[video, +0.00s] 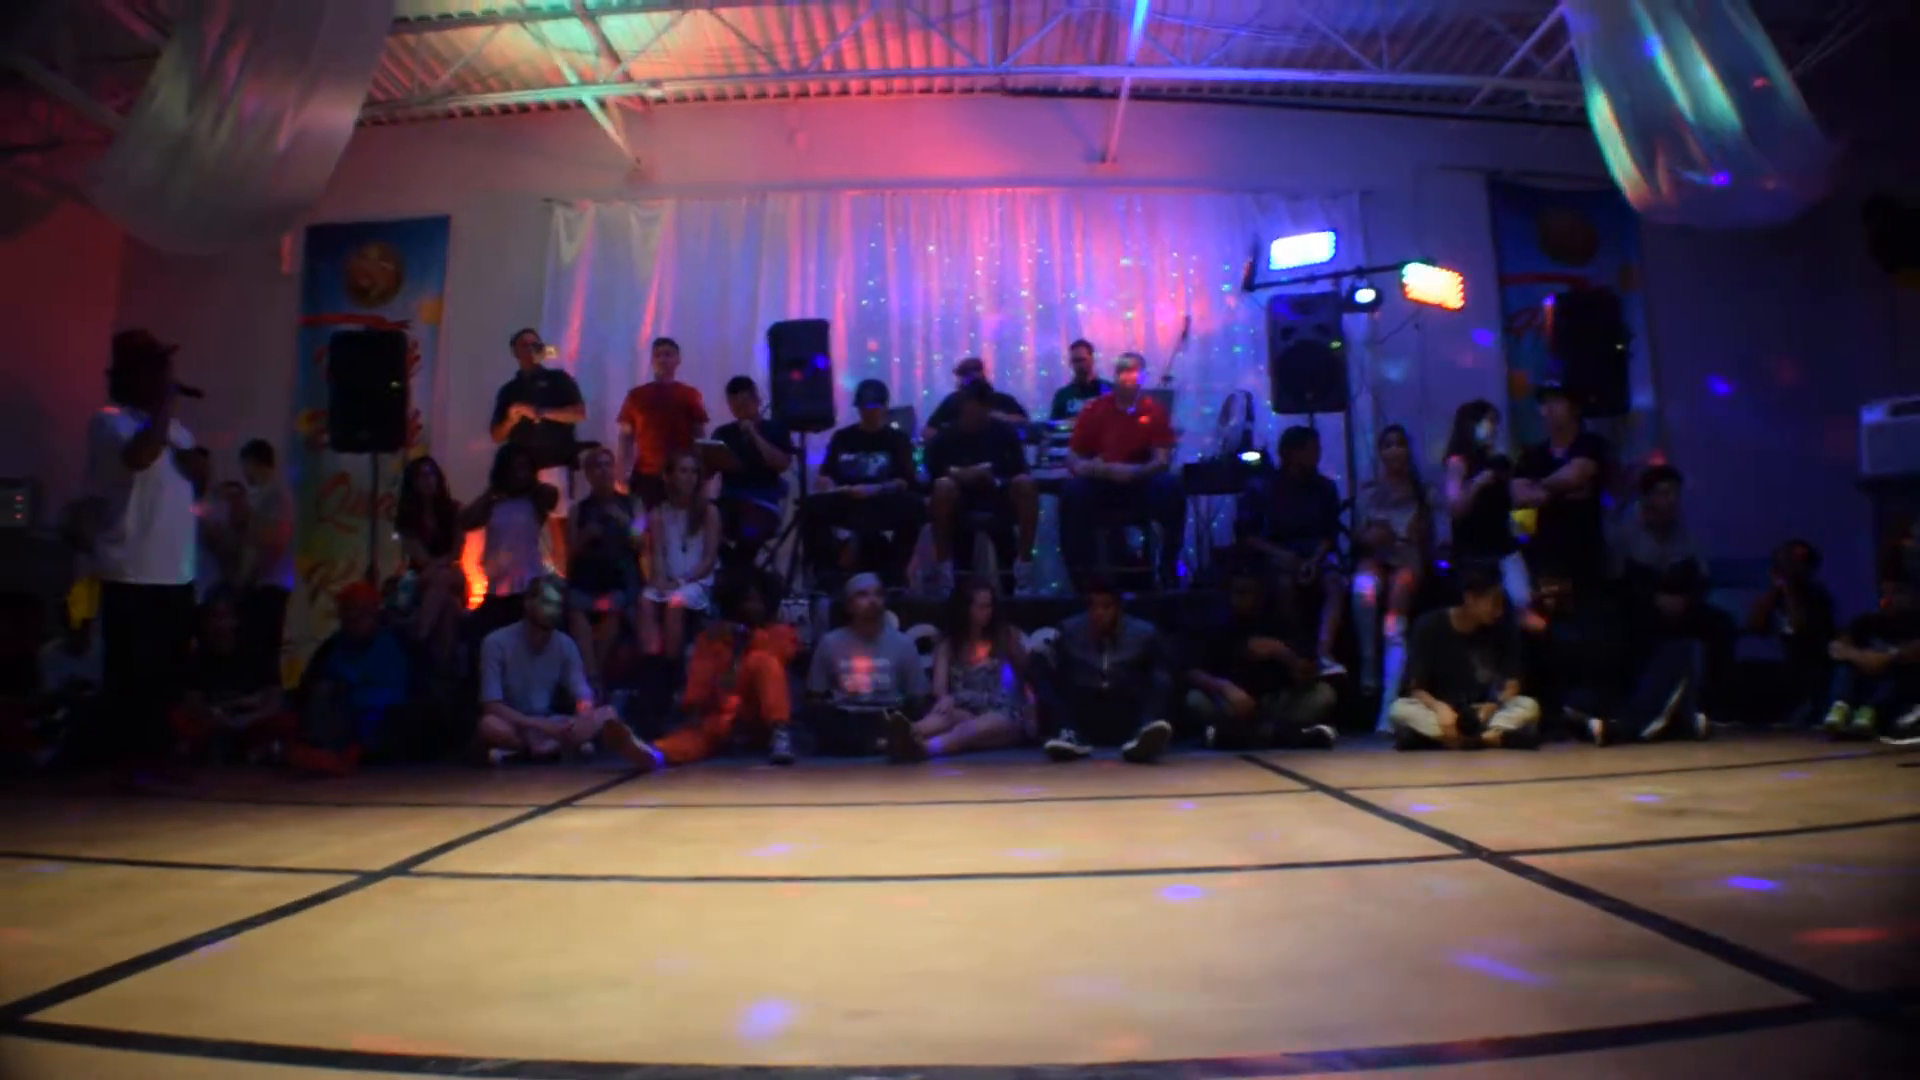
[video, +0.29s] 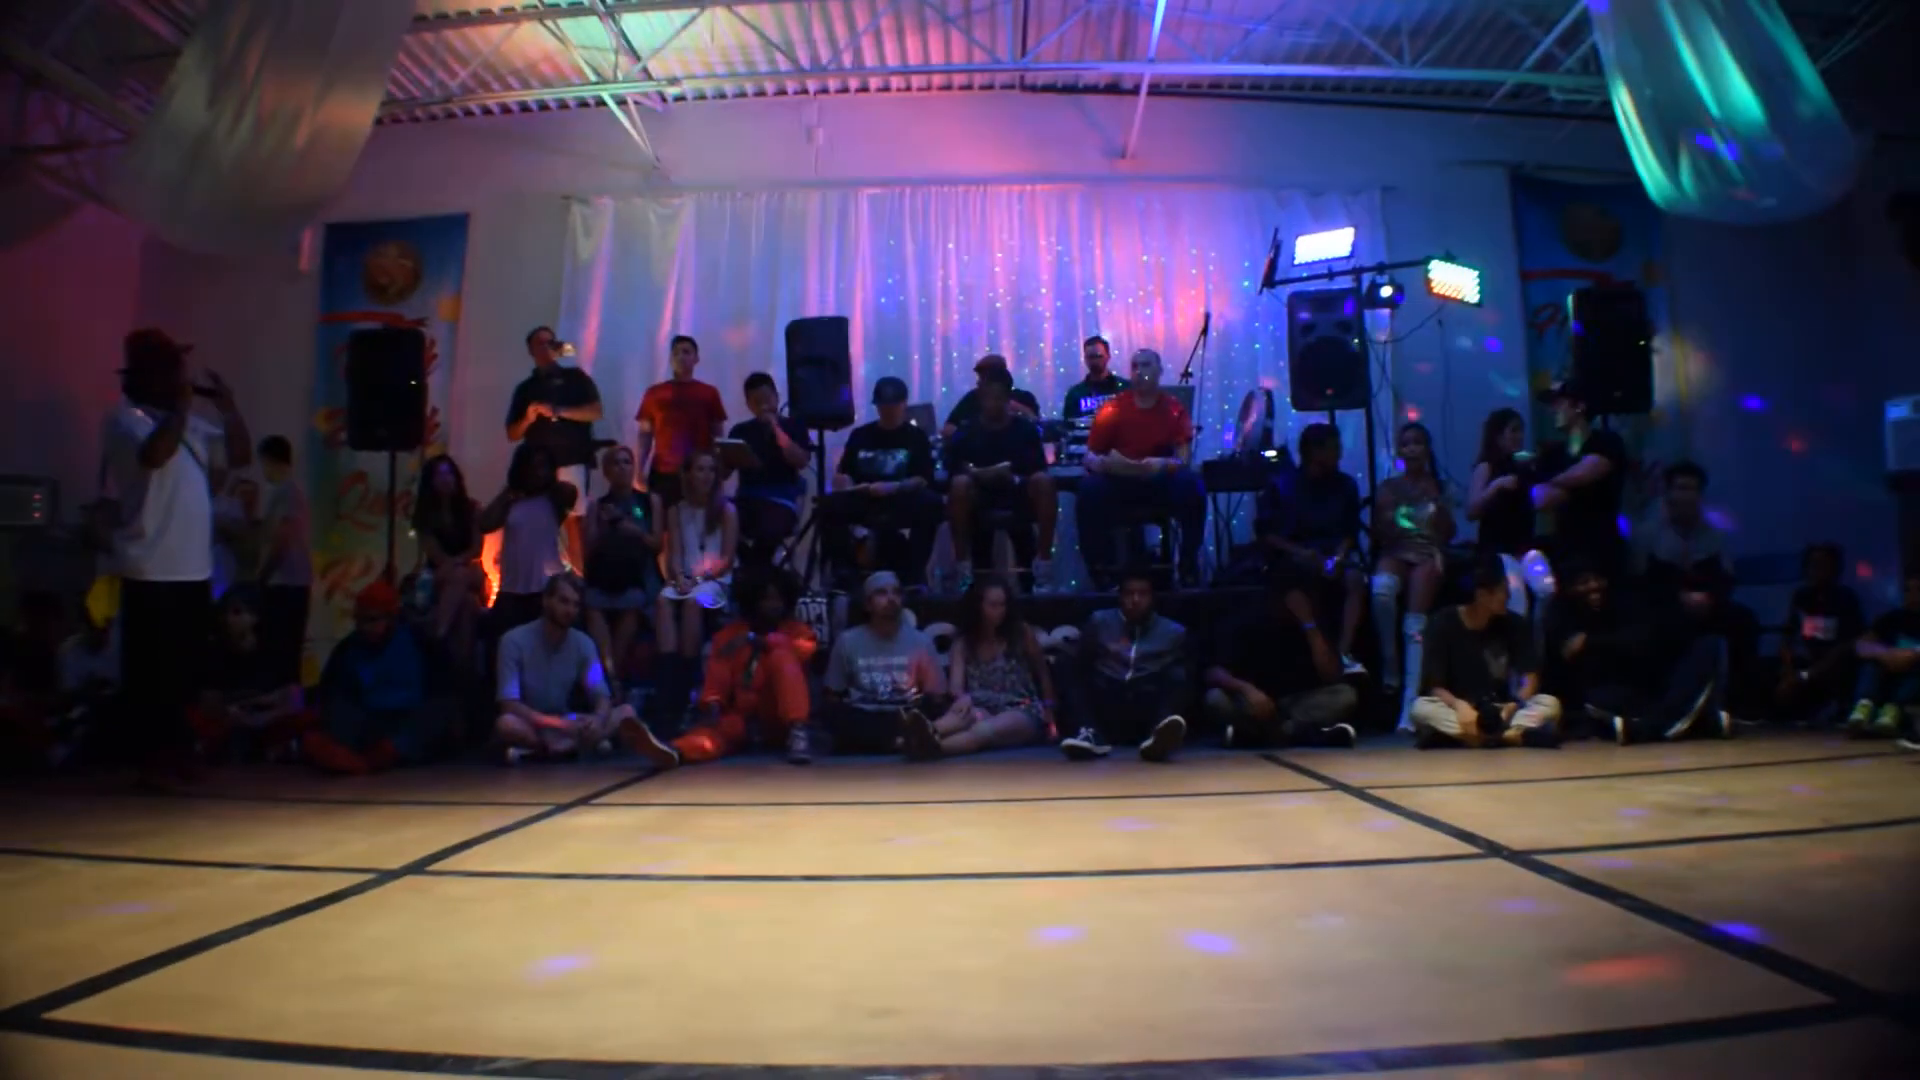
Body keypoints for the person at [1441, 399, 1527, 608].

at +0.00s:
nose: (1493, 428)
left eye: (1495, 422)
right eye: (1487, 422)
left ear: (1497, 426)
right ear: (1471, 426)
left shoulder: (1498, 459)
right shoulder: (1458, 461)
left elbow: (1509, 496)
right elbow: (1455, 504)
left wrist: (1535, 495)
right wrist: (1477, 484)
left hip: (1503, 545)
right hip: (1473, 549)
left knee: (1521, 600)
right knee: (1478, 608)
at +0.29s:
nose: (1518, 436)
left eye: (1520, 430)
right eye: (1512, 430)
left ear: (1523, 433)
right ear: (1497, 435)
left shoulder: (1524, 464)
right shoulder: (1486, 466)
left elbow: (1535, 500)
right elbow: (1473, 509)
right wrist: (1497, 485)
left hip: (1526, 545)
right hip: (1498, 547)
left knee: (1546, 587)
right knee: (1517, 595)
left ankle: (1539, 646)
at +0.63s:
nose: (1515, 437)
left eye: (1517, 431)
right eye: (1507, 433)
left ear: (1525, 435)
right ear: (1497, 442)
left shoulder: (1538, 468)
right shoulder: (1494, 473)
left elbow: (1548, 504)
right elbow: (1487, 512)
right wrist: (1500, 482)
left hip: (1536, 535)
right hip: (1503, 534)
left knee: (1548, 562)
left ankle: (1542, 631)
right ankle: (1519, 621)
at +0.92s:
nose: (1510, 445)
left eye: (1513, 439)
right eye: (1503, 440)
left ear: (1519, 443)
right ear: (1491, 447)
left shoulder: (1527, 473)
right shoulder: (1484, 477)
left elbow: (1545, 504)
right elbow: (1483, 514)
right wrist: (1500, 486)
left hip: (1527, 543)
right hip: (1496, 543)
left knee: (1545, 567)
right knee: (1520, 567)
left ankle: (1543, 634)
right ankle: (1511, 631)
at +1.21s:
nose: (1500, 448)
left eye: (1503, 442)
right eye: (1494, 443)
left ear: (1507, 447)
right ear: (1479, 449)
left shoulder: (1514, 473)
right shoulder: (1469, 480)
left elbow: (1531, 506)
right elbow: (1469, 521)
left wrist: (1525, 484)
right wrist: (1484, 496)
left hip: (1518, 547)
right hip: (1486, 548)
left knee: (1535, 568)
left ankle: (1535, 631)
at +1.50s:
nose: (1500, 448)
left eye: (1502, 442)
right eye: (1492, 443)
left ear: (1507, 447)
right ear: (1478, 449)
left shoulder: (1512, 479)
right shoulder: (1469, 481)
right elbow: (1466, 524)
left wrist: (1530, 506)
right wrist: (1476, 500)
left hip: (1517, 548)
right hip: (1485, 548)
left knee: (1536, 572)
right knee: (1513, 577)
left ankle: (1527, 632)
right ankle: (1505, 631)